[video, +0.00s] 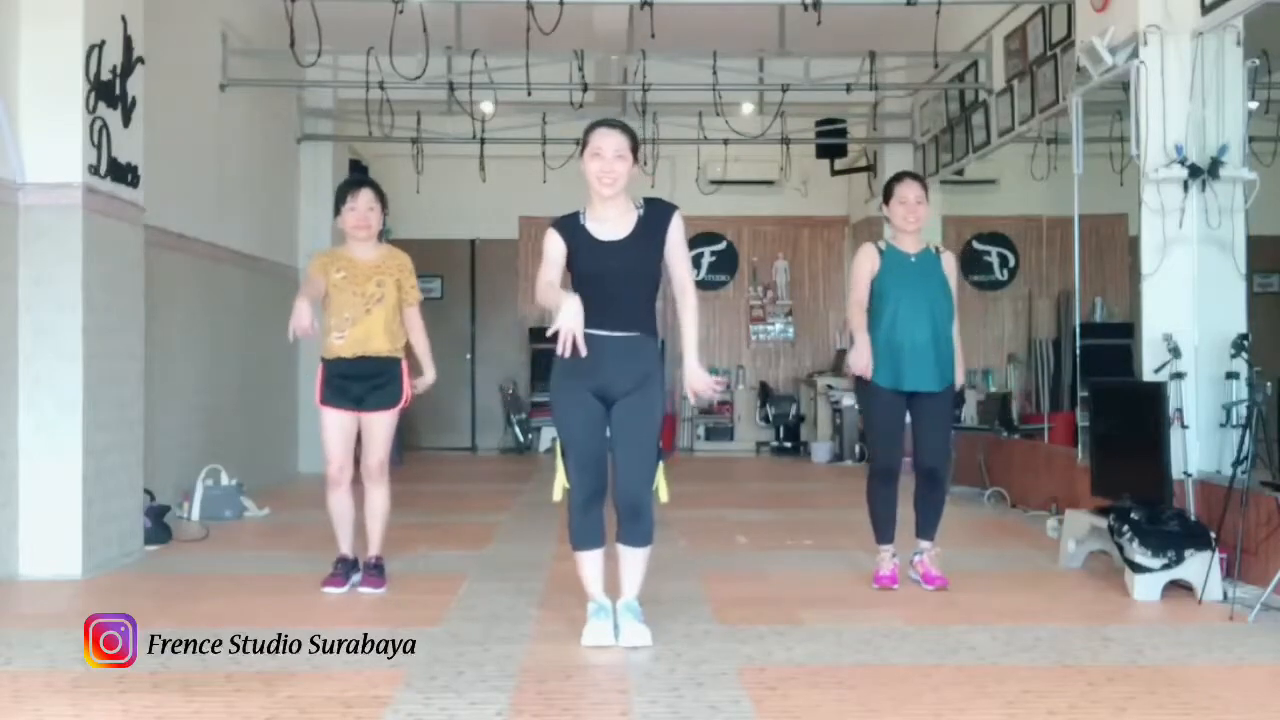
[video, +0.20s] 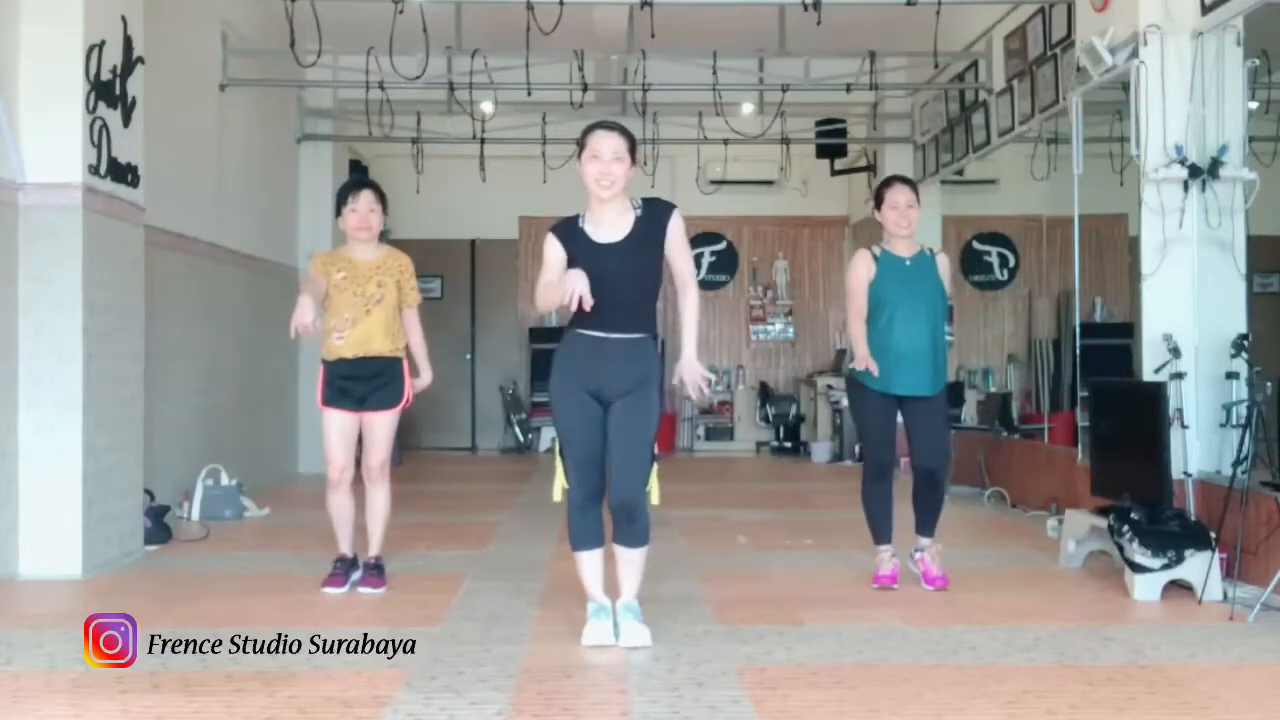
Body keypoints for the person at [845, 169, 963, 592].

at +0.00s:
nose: (912, 209)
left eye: (919, 202)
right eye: (903, 202)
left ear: (929, 208)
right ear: (887, 209)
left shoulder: (945, 261)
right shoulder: (871, 255)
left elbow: (951, 320)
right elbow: (856, 306)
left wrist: (958, 365)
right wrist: (860, 344)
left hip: (935, 378)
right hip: (883, 376)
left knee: (934, 466)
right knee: (884, 464)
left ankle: (924, 553)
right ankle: (885, 554)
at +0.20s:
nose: (904, 214)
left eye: (910, 206)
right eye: (895, 207)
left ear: (920, 211)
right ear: (879, 214)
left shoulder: (939, 262)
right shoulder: (865, 260)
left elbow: (944, 313)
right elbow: (855, 314)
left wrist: (939, 354)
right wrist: (861, 353)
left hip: (927, 381)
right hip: (875, 378)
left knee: (933, 465)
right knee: (879, 462)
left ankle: (925, 548)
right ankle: (884, 553)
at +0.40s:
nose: (897, 214)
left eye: (904, 205)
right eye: (887, 207)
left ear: (916, 211)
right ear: (875, 214)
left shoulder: (937, 261)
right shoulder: (862, 260)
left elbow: (946, 318)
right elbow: (848, 317)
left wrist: (950, 368)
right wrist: (848, 367)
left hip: (925, 381)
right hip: (871, 381)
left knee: (931, 464)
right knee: (878, 463)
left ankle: (924, 548)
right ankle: (884, 553)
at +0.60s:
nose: (893, 213)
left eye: (901, 205)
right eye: (885, 206)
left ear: (914, 211)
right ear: (874, 214)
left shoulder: (937, 262)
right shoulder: (860, 260)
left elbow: (955, 321)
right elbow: (840, 321)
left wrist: (968, 370)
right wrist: (833, 376)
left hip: (925, 382)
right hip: (868, 382)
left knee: (931, 467)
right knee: (877, 465)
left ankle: (924, 549)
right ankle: (884, 553)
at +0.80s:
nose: (896, 210)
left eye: (904, 202)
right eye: (888, 203)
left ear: (918, 208)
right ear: (877, 211)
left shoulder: (940, 258)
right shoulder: (862, 258)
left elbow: (964, 310)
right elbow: (843, 318)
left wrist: (976, 346)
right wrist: (830, 374)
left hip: (928, 379)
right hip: (874, 379)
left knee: (930, 465)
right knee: (880, 465)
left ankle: (924, 552)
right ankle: (884, 554)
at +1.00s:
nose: (902, 211)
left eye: (910, 203)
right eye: (894, 204)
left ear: (924, 208)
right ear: (884, 212)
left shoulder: (948, 257)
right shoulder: (870, 260)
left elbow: (968, 308)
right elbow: (852, 320)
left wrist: (982, 329)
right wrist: (846, 372)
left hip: (936, 381)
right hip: (882, 381)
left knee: (930, 466)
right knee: (884, 465)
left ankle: (923, 553)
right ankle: (887, 552)